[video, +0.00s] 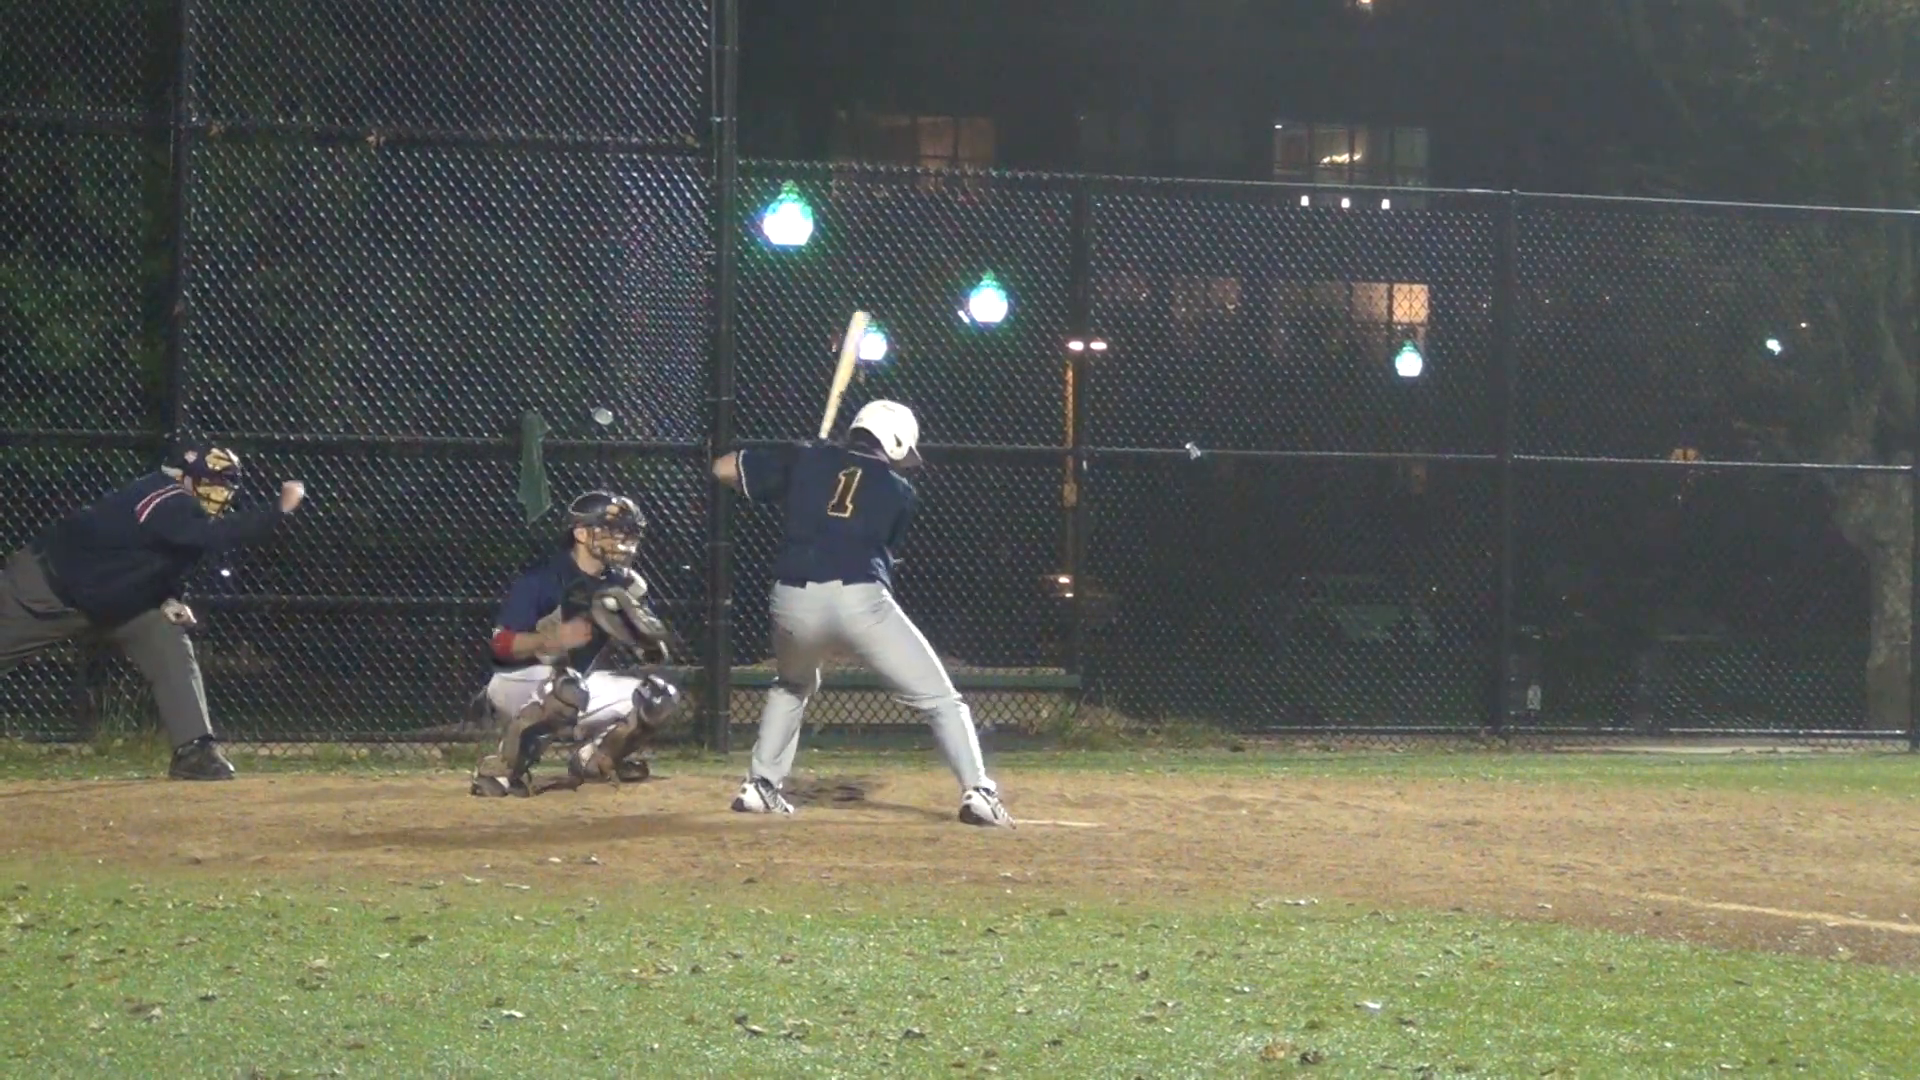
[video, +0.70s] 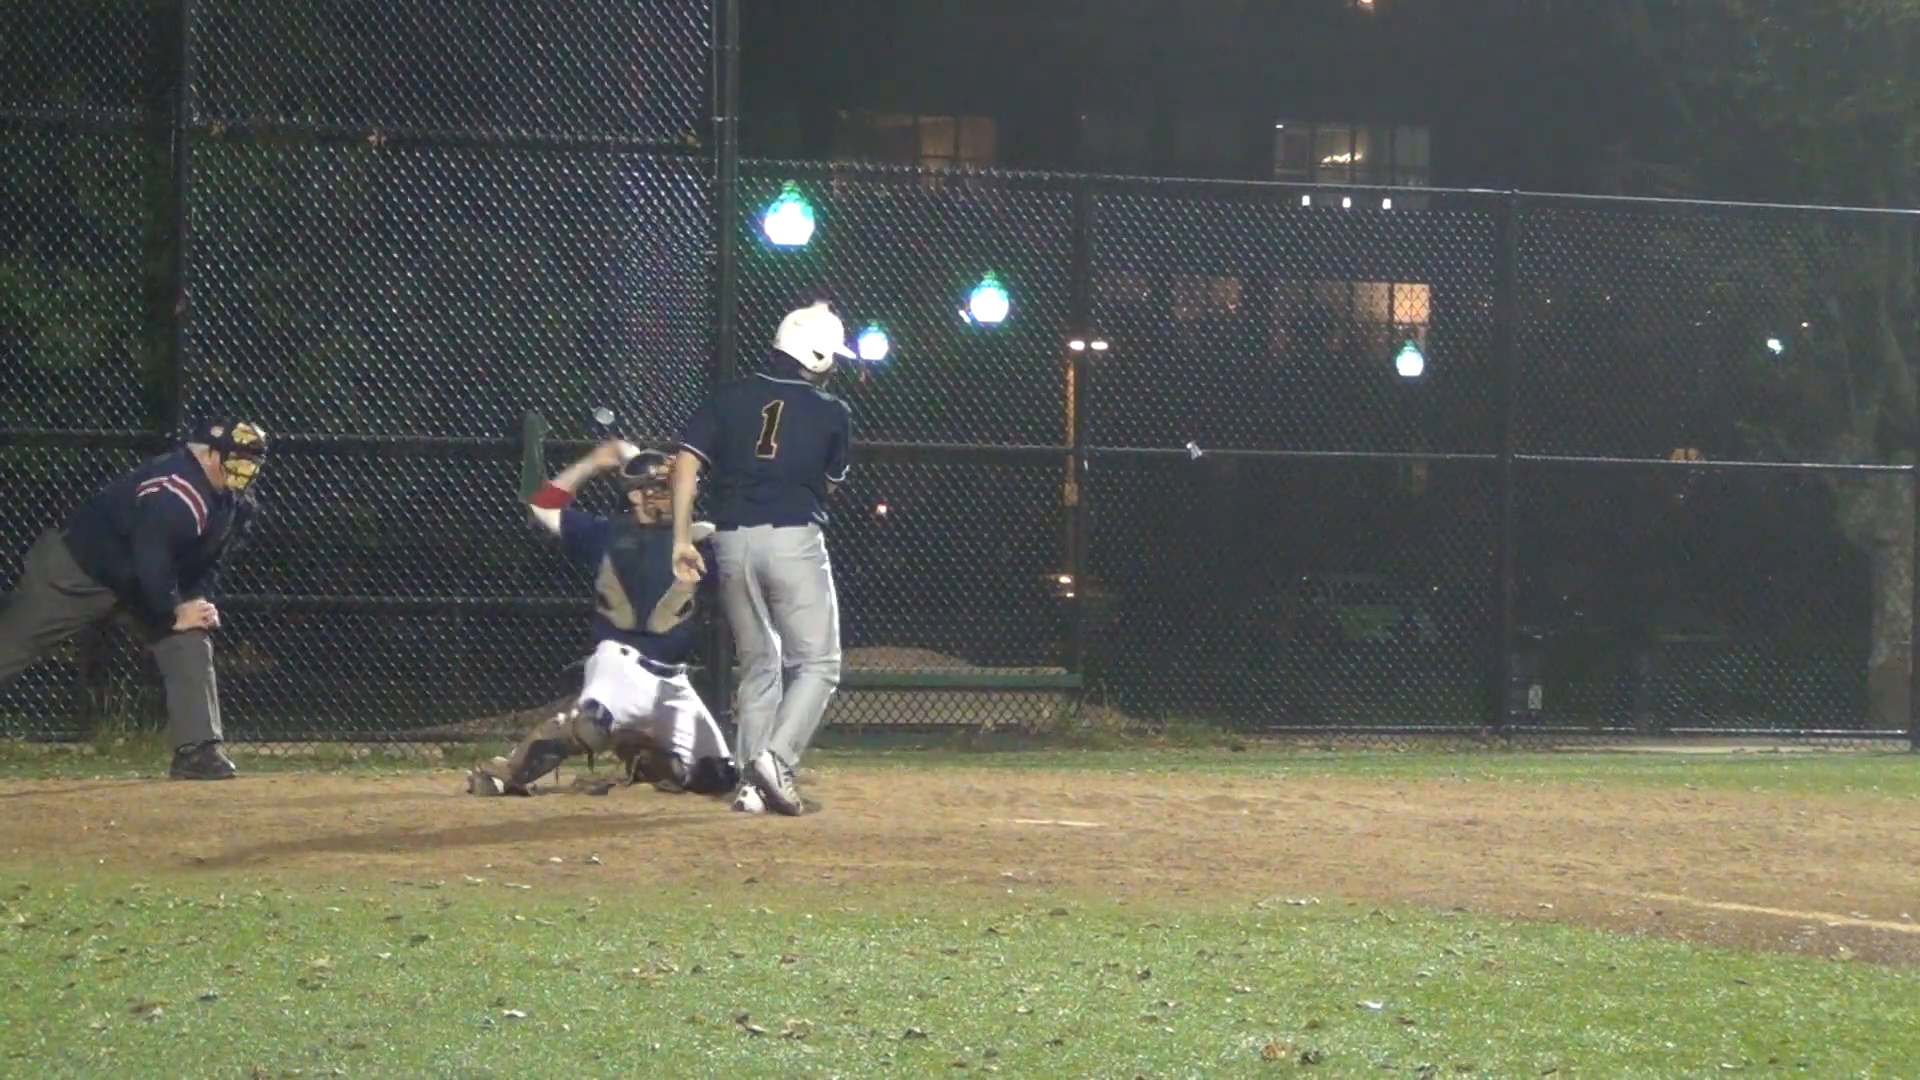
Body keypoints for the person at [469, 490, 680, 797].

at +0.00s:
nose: (621, 539)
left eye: (624, 532)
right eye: (610, 530)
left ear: (631, 536)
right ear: (581, 534)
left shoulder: (621, 584)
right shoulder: (542, 580)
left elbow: (655, 652)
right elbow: (501, 645)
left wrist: (637, 626)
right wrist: (555, 638)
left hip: (579, 681)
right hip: (515, 679)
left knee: (657, 695)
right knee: (569, 690)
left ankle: (593, 761)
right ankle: (501, 770)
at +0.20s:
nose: (625, 521)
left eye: (629, 513)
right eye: (613, 511)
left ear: (637, 518)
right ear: (585, 515)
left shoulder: (639, 566)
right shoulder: (551, 564)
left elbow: (667, 638)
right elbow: (522, 641)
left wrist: (639, 606)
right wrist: (548, 611)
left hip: (600, 676)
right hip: (540, 668)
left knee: (678, 707)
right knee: (569, 685)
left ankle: (608, 752)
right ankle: (500, 767)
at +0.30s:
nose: (629, 515)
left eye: (635, 507)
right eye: (618, 505)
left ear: (645, 512)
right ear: (590, 508)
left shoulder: (647, 557)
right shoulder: (567, 551)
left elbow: (692, 620)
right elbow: (523, 628)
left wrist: (667, 583)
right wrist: (520, 590)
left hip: (615, 672)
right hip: (559, 660)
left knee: (688, 717)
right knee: (571, 683)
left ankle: (620, 749)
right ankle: (501, 767)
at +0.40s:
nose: (640, 510)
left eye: (645, 502)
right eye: (628, 501)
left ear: (654, 505)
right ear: (600, 505)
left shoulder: (658, 554)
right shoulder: (570, 550)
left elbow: (716, 599)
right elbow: (518, 602)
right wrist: (496, 551)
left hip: (632, 673)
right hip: (575, 662)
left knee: (696, 725)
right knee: (571, 682)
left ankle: (626, 749)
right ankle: (502, 765)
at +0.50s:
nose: (652, 505)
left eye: (655, 497)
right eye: (640, 497)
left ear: (664, 500)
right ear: (610, 501)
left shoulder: (668, 552)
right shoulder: (582, 543)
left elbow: (725, 589)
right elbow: (511, 560)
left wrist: (698, 556)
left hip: (642, 672)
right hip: (586, 660)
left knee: (708, 748)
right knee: (577, 686)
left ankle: (636, 751)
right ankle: (506, 765)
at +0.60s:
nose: (644, 497)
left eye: (651, 490)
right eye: (635, 489)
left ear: (662, 496)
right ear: (616, 497)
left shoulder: (674, 543)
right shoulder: (584, 532)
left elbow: (712, 581)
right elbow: (526, 510)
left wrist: (692, 540)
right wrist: (534, 456)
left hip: (655, 674)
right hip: (598, 658)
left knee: (716, 771)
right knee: (581, 703)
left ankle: (646, 758)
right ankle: (507, 769)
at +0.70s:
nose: (656, 495)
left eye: (664, 486)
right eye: (645, 487)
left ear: (680, 492)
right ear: (630, 494)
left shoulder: (698, 541)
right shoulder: (606, 534)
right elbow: (543, 505)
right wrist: (593, 463)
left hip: (673, 677)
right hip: (620, 660)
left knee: (719, 777)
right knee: (594, 725)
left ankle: (642, 761)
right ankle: (507, 774)